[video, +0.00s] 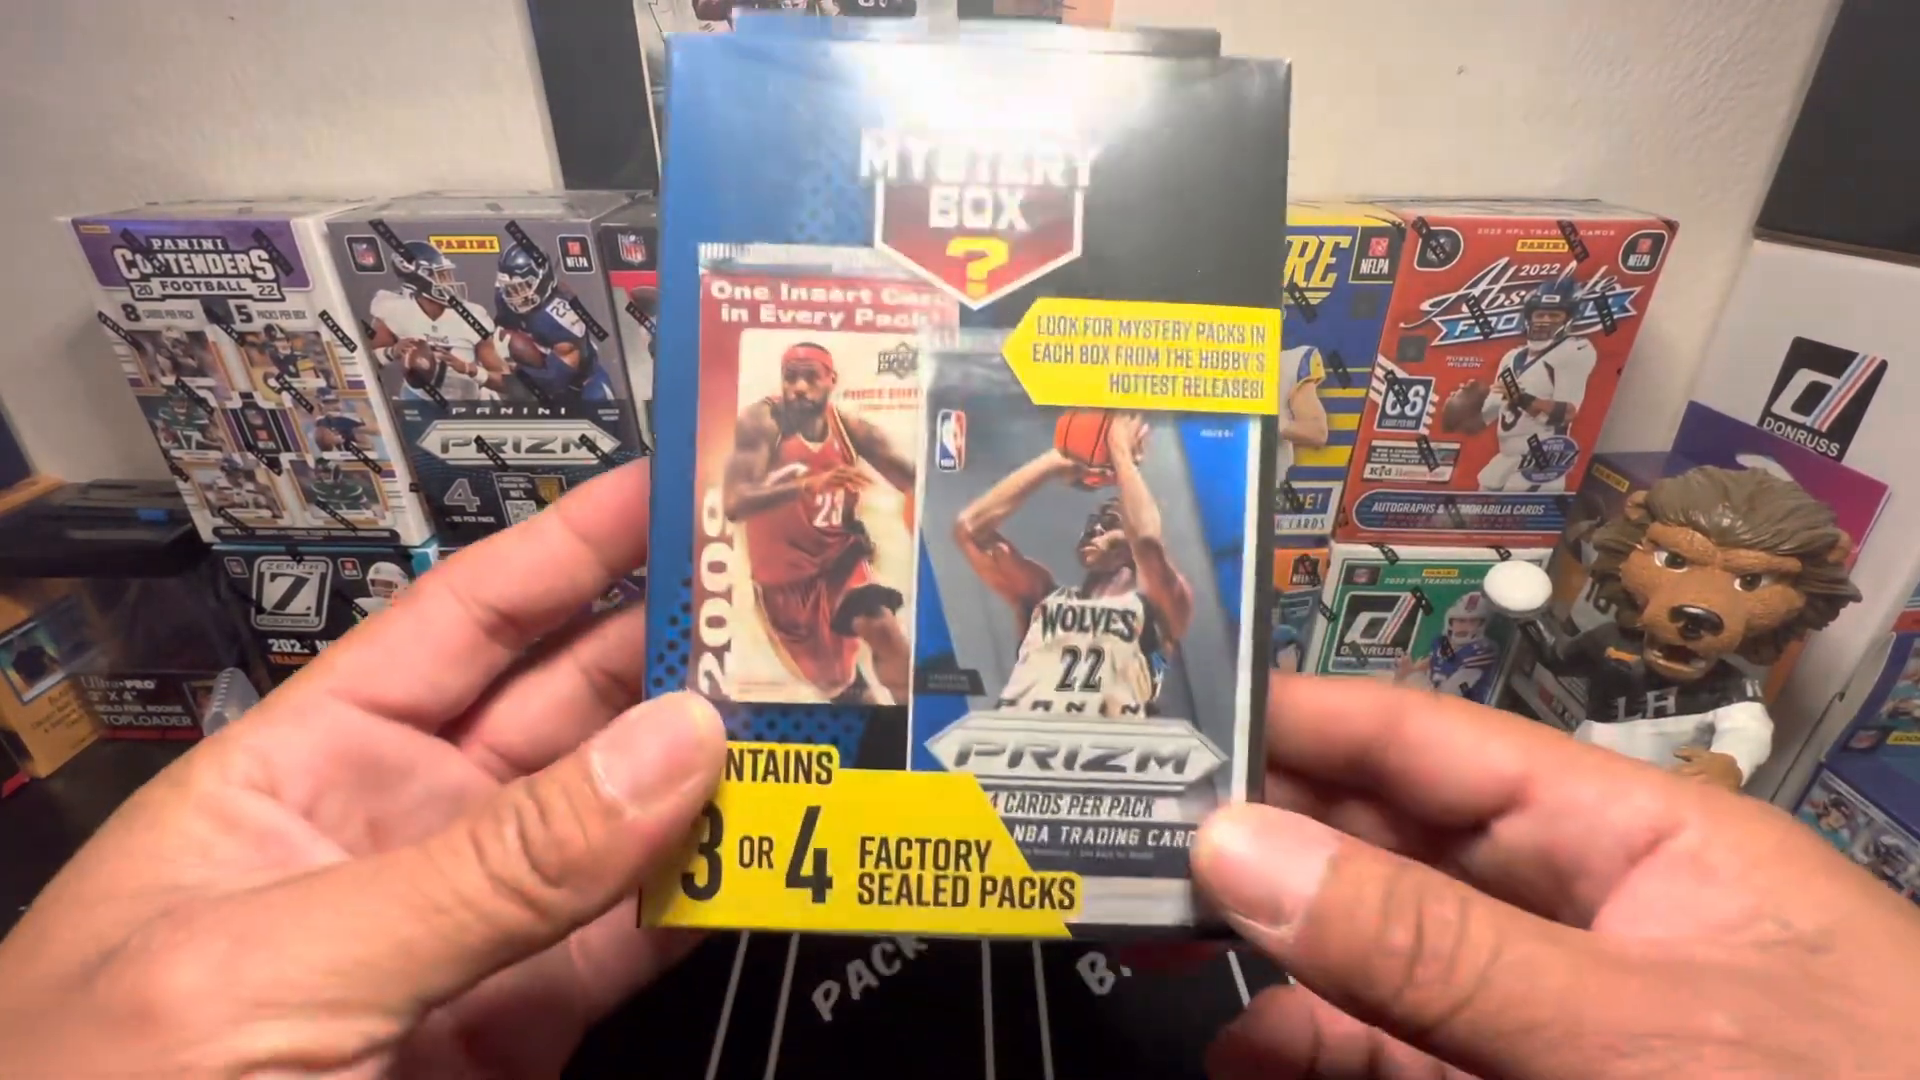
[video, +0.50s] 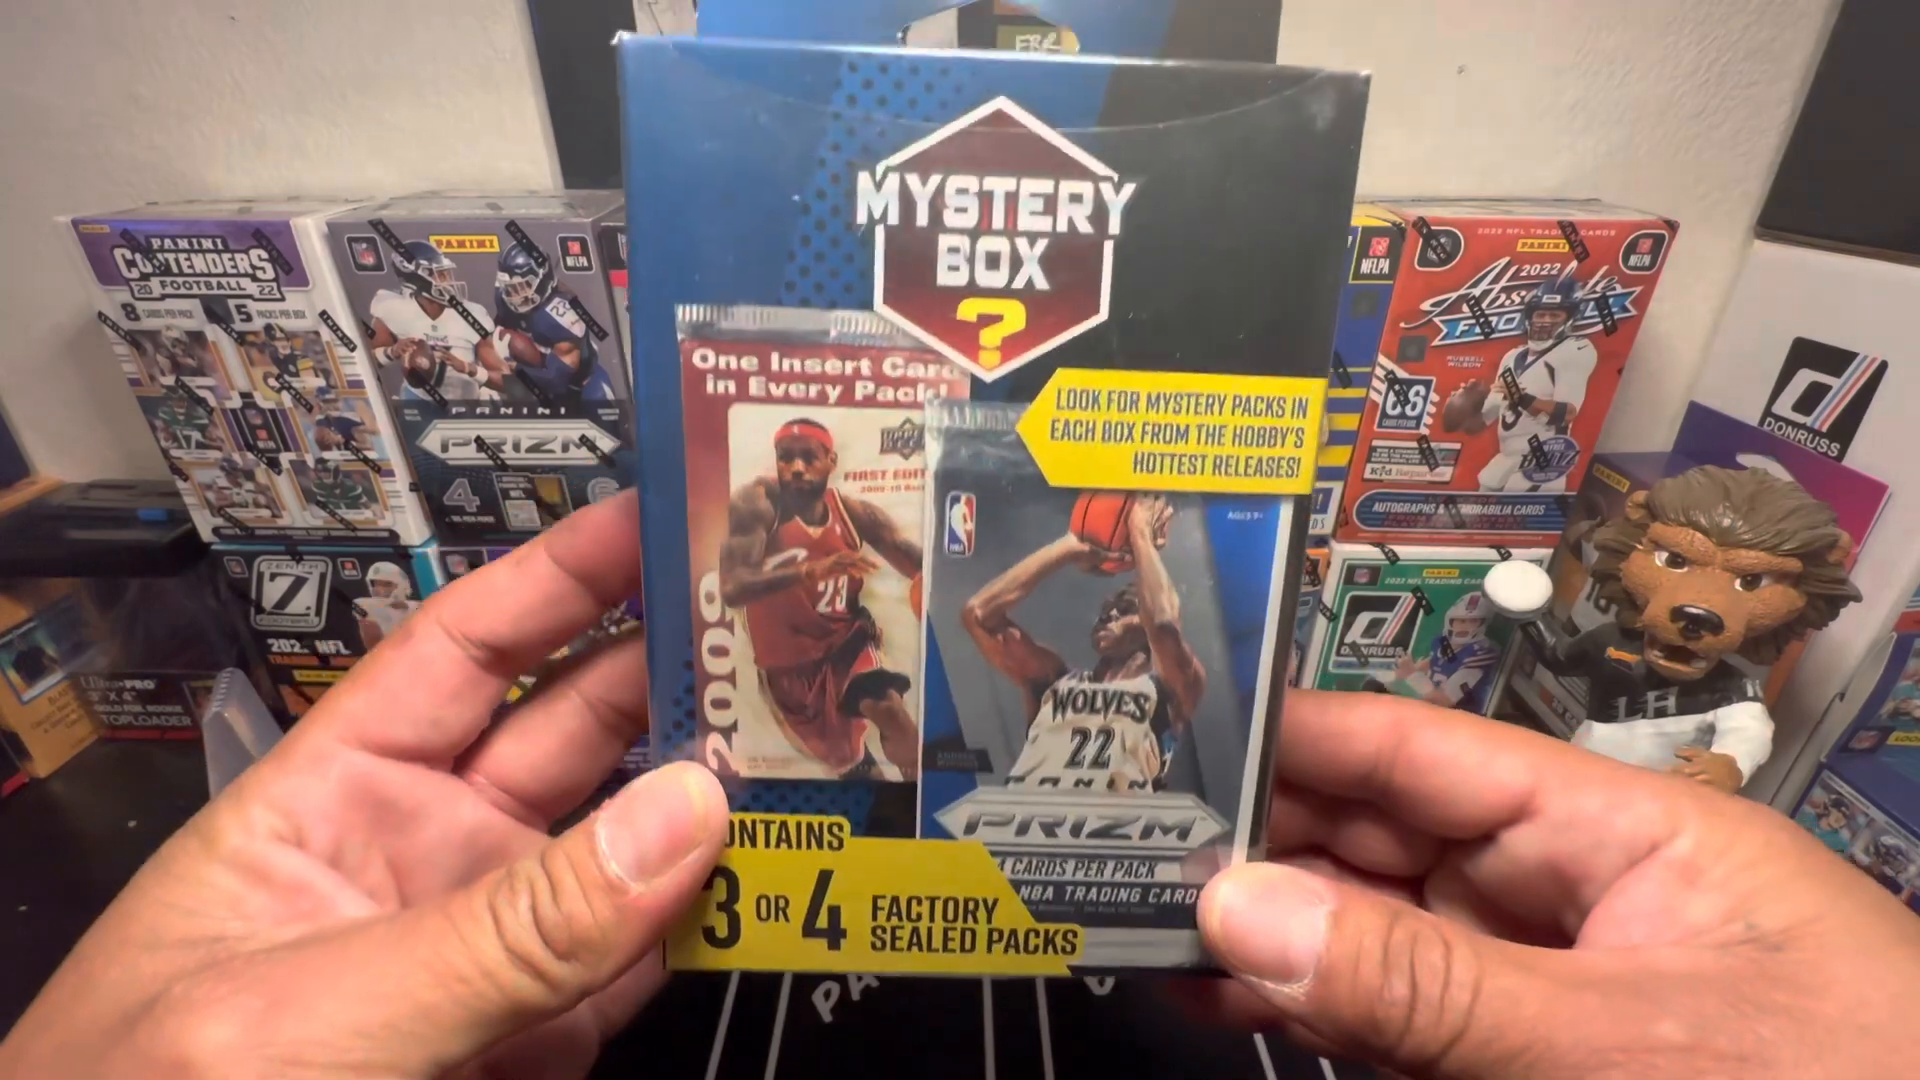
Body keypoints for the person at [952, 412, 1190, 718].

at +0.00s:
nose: (1093, 530)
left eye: (1109, 523)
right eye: (1090, 523)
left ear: (1133, 540)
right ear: (1080, 539)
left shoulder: (1157, 610)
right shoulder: (1042, 597)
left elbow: (1146, 540)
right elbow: (970, 529)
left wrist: (1122, 452)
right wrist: (1054, 461)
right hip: (1020, 748)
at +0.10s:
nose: (1099, 536)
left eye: (1116, 529)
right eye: (1097, 529)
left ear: (1140, 547)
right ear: (1087, 544)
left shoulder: (1162, 616)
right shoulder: (1043, 604)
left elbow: (1151, 545)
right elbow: (974, 532)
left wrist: (1132, 457)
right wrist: (1061, 466)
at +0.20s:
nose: (1110, 547)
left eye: (1127, 540)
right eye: (1108, 540)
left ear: (1155, 556)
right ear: (1098, 554)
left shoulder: (1172, 627)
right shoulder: (1053, 614)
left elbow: (1165, 558)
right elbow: (982, 543)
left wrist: (1143, 463)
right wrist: (1073, 476)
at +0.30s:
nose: (1110, 560)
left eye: (1128, 554)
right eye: (1109, 554)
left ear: (1155, 570)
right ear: (1098, 568)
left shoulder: (1173, 639)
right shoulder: (1053, 628)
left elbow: (1166, 572)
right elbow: (982, 558)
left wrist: (1143, 477)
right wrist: (1072, 490)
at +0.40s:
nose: (1114, 590)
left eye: (1132, 584)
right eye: (1113, 584)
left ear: (1159, 599)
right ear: (1101, 600)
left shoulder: (1174, 667)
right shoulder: (1056, 656)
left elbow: (1170, 601)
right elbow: (985, 589)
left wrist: (1148, 507)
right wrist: (1077, 521)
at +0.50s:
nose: (1108, 614)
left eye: (1125, 607)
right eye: (1106, 609)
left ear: (1151, 621)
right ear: (1095, 624)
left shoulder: (1168, 690)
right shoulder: (1052, 680)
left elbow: (1163, 623)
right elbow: (979, 614)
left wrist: (1140, 531)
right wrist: (1068, 546)